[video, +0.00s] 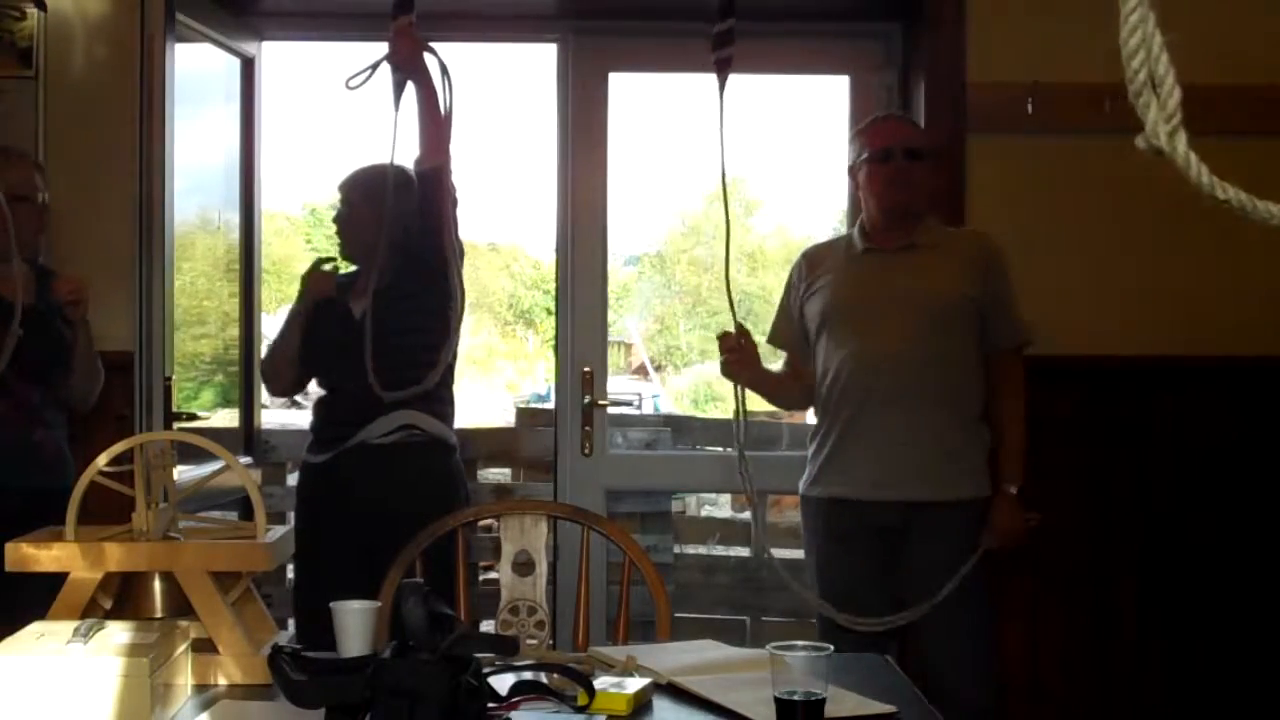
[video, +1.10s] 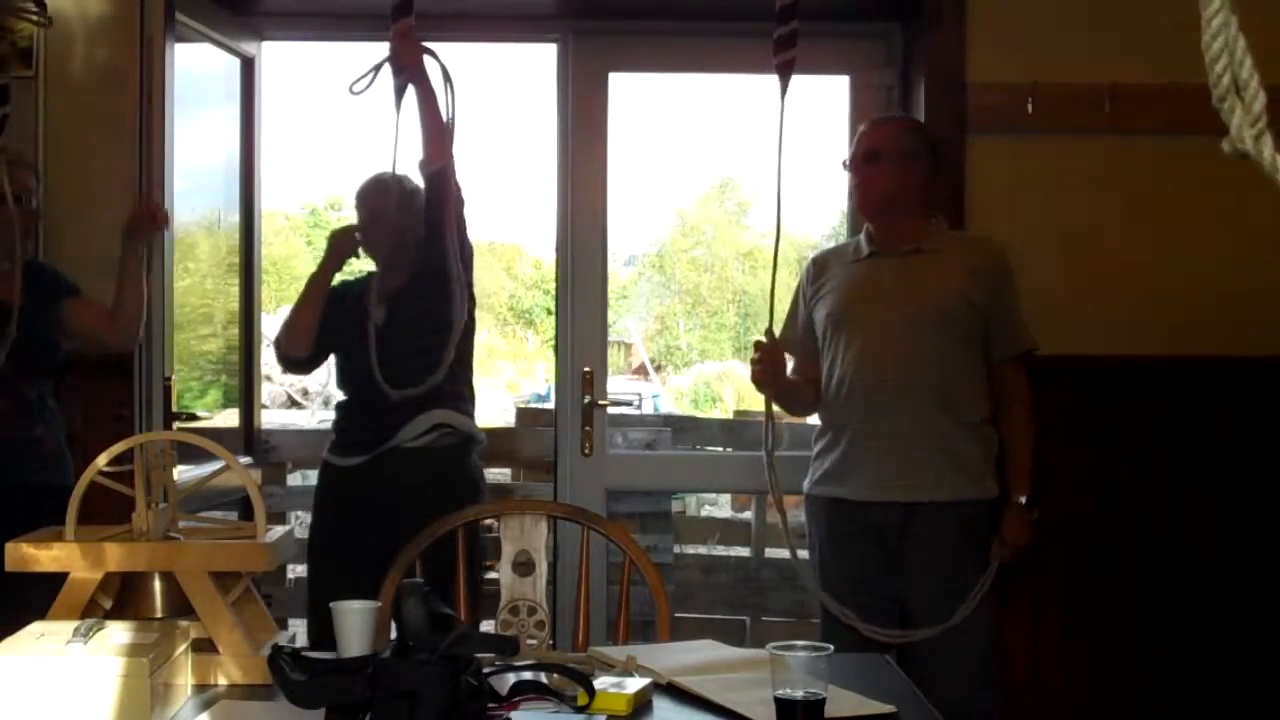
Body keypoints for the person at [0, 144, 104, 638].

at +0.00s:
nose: (33, 212)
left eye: (37, 199)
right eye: (20, 198)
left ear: (47, 208)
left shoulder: (48, 289)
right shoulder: (5, 286)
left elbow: (82, 396)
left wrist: (79, 323)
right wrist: (14, 310)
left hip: (46, 470)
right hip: (7, 469)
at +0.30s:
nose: (38, 214)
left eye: (39, 199)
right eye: (23, 200)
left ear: (42, 207)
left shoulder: (44, 287)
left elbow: (78, 394)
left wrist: (77, 330)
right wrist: (11, 306)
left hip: (44, 464)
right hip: (11, 464)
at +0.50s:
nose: (23, 213)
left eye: (25, 199)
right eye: (12, 200)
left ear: (34, 207)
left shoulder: (39, 282)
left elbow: (96, 368)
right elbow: (96, 366)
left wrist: (96, 283)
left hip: (41, 467)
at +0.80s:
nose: (23, 205)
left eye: (25, 193)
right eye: (11, 193)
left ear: (30, 201)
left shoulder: (35, 281)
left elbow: (88, 375)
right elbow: (87, 374)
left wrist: (122, 314)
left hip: (40, 467)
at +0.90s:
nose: (26, 206)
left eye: (26, 193)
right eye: (13, 193)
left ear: (32, 201)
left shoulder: (32, 280)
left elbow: (99, 367)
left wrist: (142, 288)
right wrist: (9, 253)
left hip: (42, 476)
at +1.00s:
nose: (25, 209)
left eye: (26, 196)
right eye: (14, 196)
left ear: (29, 202)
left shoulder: (34, 280)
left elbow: (106, 354)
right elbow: (105, 353)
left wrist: (145, 267)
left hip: (40, 475)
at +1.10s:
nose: (27, 211)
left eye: (30, 199)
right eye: (17, 197)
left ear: (36, 208)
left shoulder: (33, 282)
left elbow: (120, 335)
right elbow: (121, 334)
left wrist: (136, 245)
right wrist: (136, 247)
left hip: (38, 476)